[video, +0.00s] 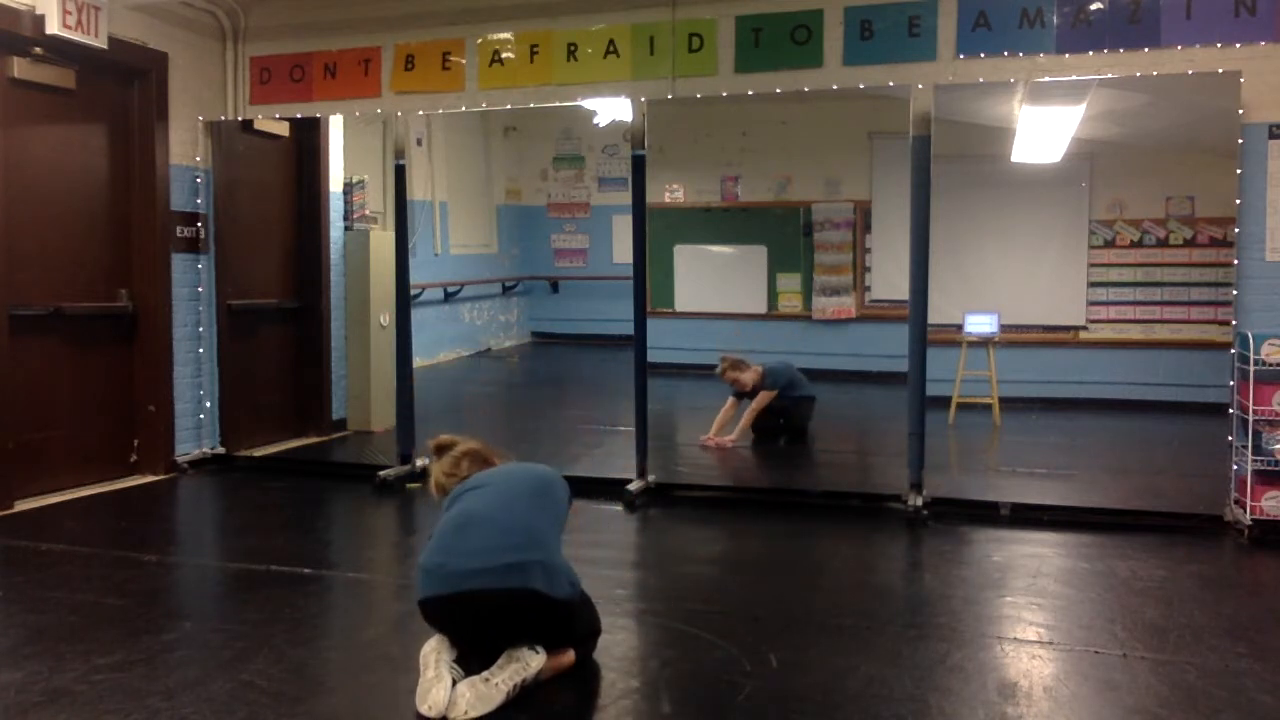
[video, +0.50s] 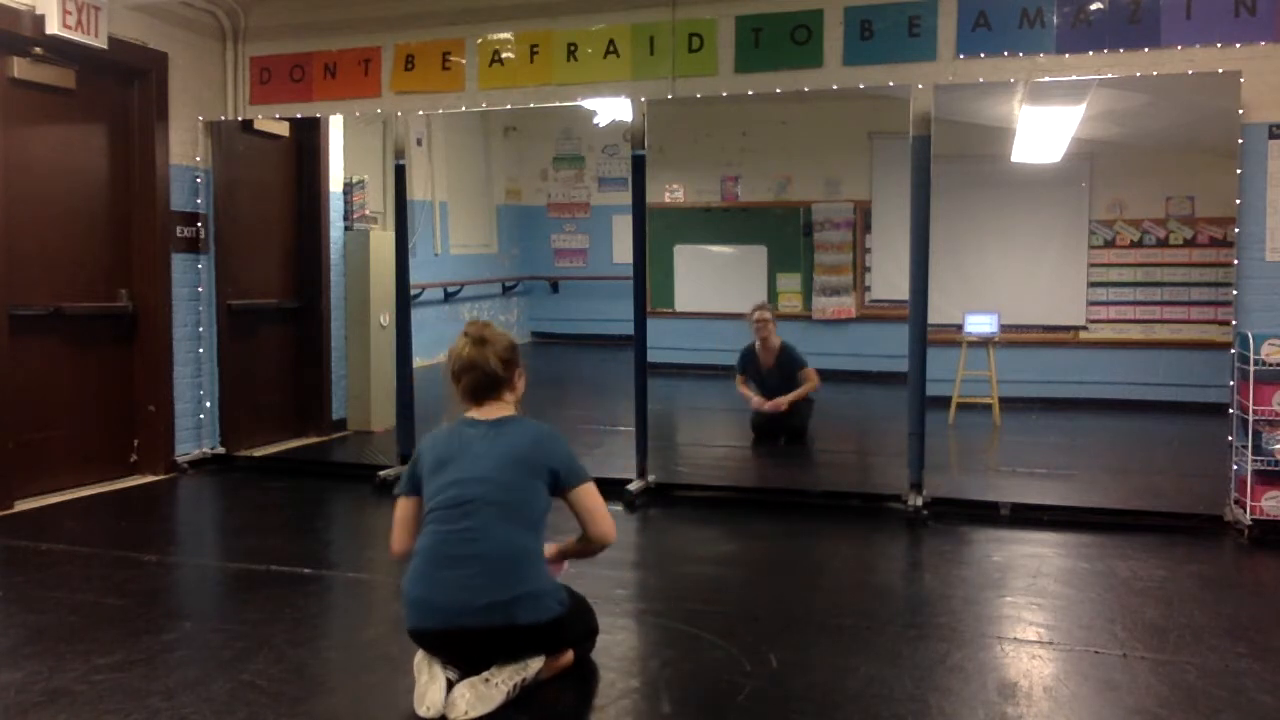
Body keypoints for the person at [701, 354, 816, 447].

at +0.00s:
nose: (736, 387)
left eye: (736, 381)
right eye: (733, 384)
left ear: (746, 370)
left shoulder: (777, 375)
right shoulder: (745, 383)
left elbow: (755, 409)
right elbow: (729, 409)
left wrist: (733, 437)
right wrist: (712, 434)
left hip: (800, 400)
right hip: (774, 401)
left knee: (795, 431)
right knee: (761, 431)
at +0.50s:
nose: (761, 325)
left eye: (765, 321)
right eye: (757, 322)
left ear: (774, 325)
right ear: (752, 326)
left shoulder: (787, 351)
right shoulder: (748, 354)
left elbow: (813, 381)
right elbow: (740, 384)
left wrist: (786, 399)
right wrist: (754, 398)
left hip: (793, 408)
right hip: (765, 408)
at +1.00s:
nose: (793, 336)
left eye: (798, 332)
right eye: (791, 330)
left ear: (803, 335)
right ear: (784, 329)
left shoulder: (806, 361)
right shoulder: (765, 352)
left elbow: (815, 389)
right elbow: (748, 382)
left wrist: (800, 407)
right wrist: (769, 410)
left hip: (795, 419)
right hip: (766, 418)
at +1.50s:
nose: (800, 394)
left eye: (804, 391)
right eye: (799, 389)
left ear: (810, 387)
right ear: (792, 379)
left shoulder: (807, 385)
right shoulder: (769, 380)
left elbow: (814, 414)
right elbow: (782, 413)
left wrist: (823, 440)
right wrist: (802, 440)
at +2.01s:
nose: (784, 334)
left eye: (788, 329)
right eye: (780, 329)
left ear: (795, 332)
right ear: (774, 333)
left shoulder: (806, 358)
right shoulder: (765, 355)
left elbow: (813, 388)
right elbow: (755, 387)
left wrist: (805, 405)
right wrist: (773, 405)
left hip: (797, 407)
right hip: (771, 407)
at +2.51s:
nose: (749, 347)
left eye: (751, 342)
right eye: (746, 344)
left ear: (762, 337)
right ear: (744, 344)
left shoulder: (786, 358)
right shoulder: (752, 365)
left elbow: (779, 397)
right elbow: (751, 400)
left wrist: (757, 427)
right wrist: (740, 427)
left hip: (799, 402)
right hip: (770, 403)